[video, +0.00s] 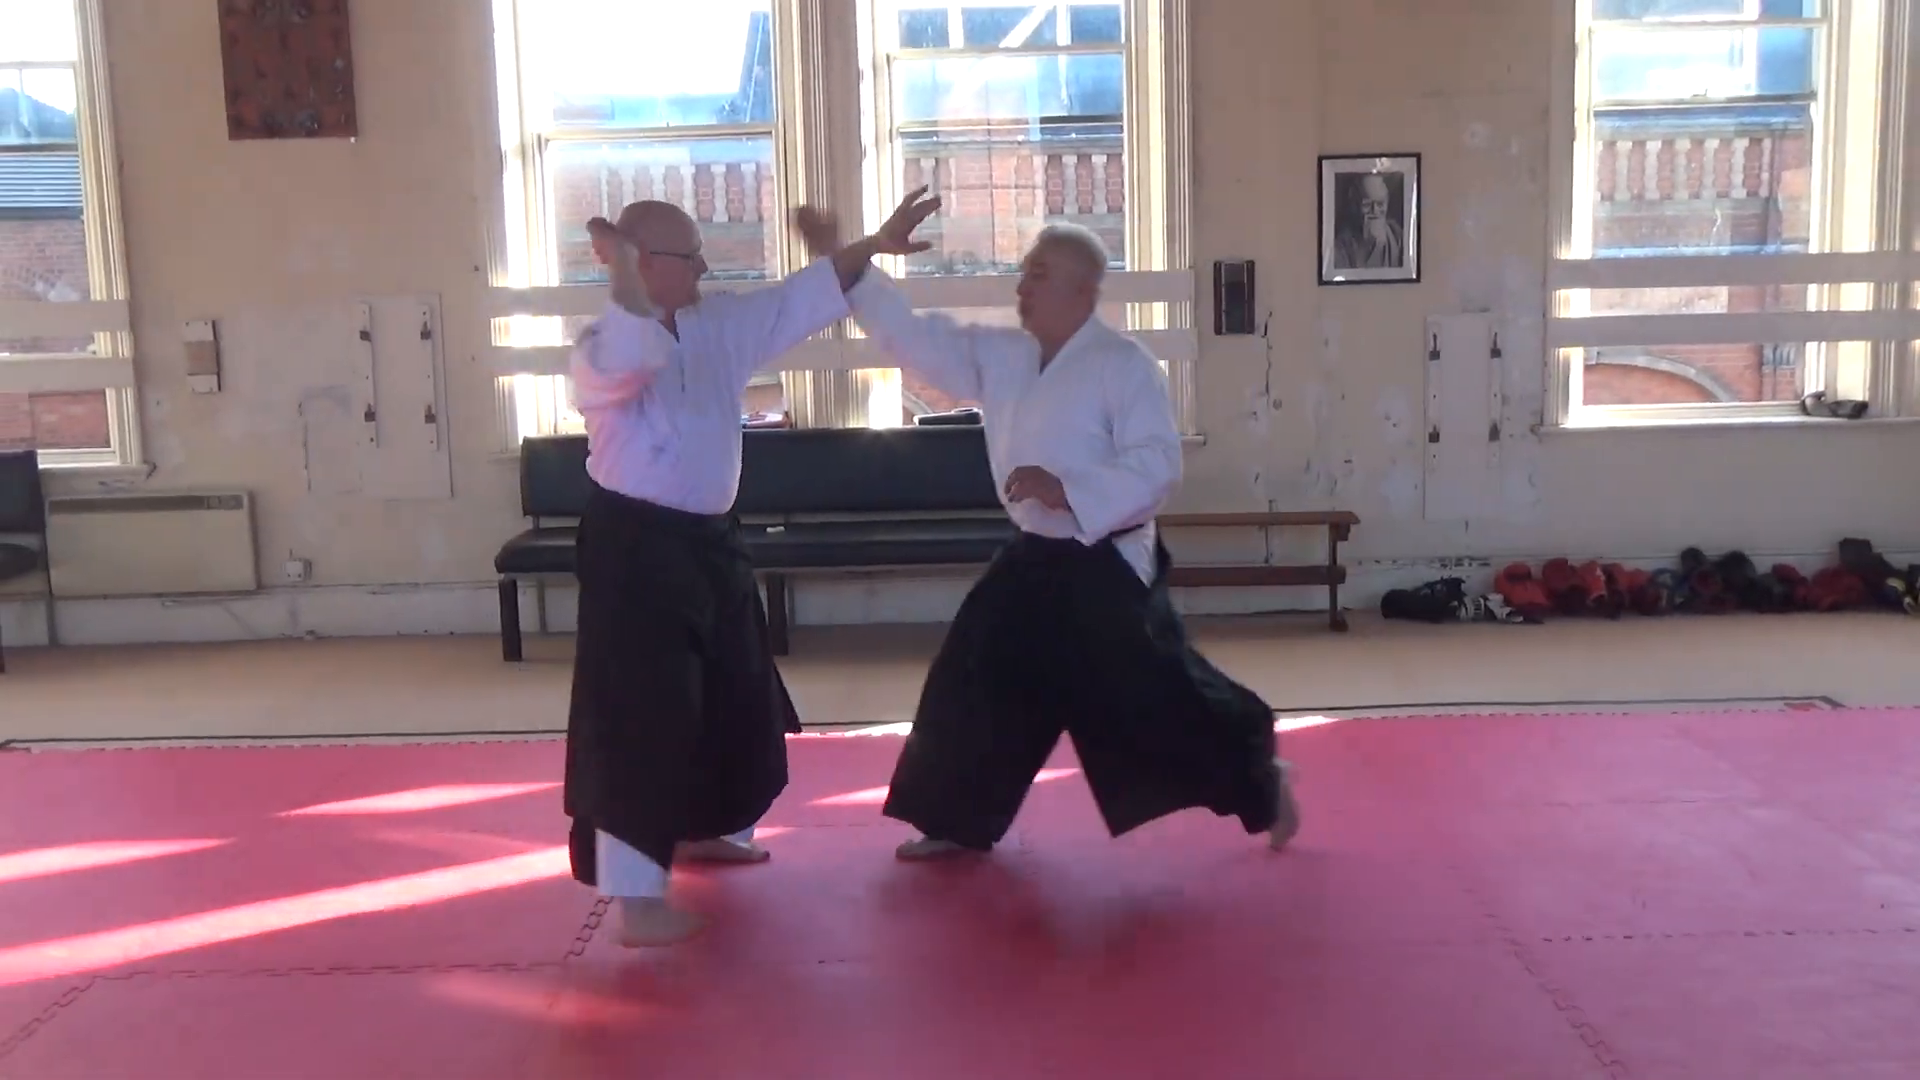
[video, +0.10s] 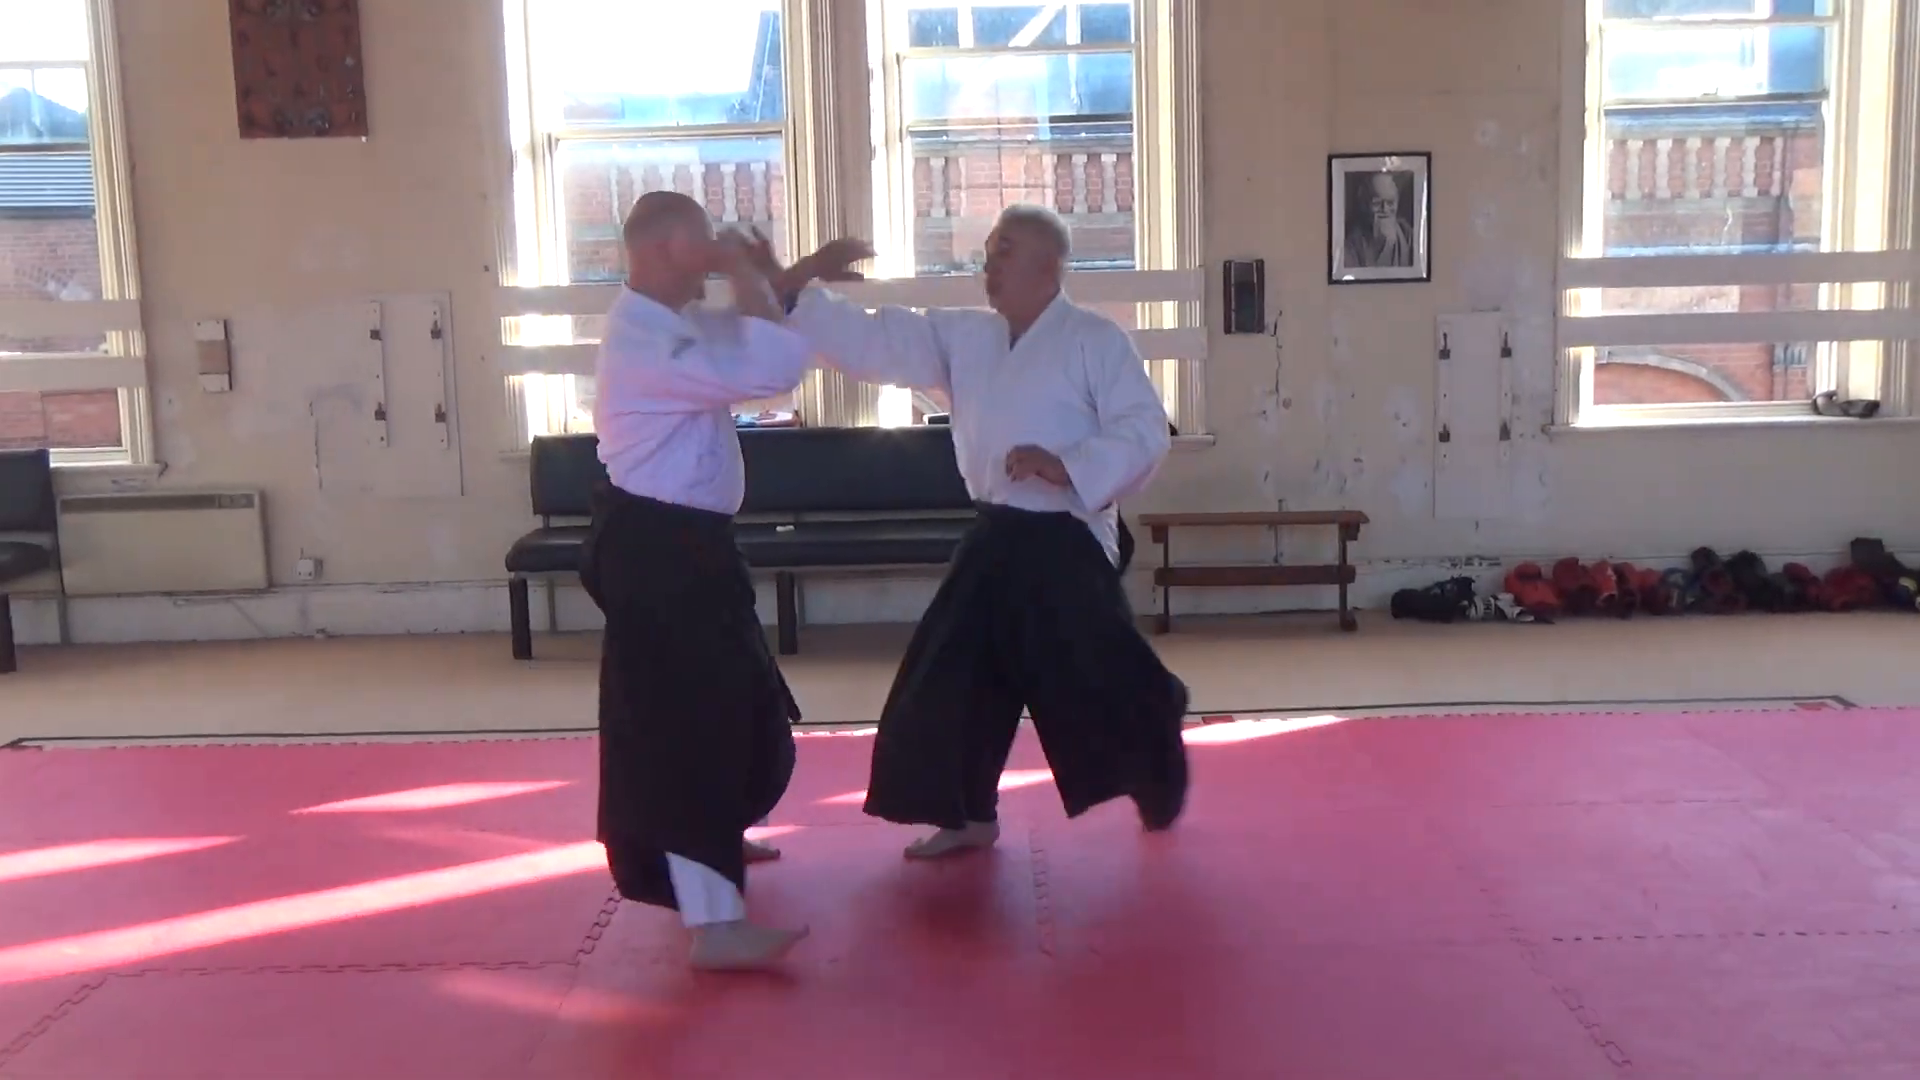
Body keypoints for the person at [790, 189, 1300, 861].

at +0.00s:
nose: (1021, 283)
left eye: (1038, 273)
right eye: (1023, 270)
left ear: (1084, 290)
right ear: (1027, 284)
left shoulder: (1125, 366)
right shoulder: (999, 357)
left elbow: (1155, 466)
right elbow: (909, 332)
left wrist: (1070, 490)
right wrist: (842, 261)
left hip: (1109, 562)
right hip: (1030, 558)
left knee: (1155, 691)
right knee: (972, 677)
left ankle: (1255, 777)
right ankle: (959, 826)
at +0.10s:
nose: (987, 262)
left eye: (1003, 251)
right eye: (987, 252)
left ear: (1050, 265)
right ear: (993, 263)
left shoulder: (1096, 341)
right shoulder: (967, 336)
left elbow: (1145, 432)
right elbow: (877, 336)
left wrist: (1072, 467)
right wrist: (795, 295)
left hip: (1067, 533)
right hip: (994, 531)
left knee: (1083, 662)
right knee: (963, 665)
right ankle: (970, 817)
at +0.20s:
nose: (979, 238)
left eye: (997, 228)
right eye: (978, 227)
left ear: (1040, 244)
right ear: (973, 239)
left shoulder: (1086, 316)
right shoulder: (951, 313)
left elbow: (1128, 402)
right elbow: (866, 337)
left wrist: (1064, 425)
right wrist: (790, 310)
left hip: (1049, 509)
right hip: (969, 506)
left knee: (1052, 653)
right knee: (948, 648)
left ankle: (1064, 782)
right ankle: (964, 787)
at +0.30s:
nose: (977, 238)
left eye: (994, 228)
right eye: (975, 228)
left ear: (1034, 244)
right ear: (967, 241)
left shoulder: (1080, 314)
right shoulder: (944, 316)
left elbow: (1124, 390)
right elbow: (871, 354)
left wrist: (1073, 419)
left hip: (1041, 502)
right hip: (959, 498)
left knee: (1050, 644)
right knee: (923, 638)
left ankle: (1067, 770)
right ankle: (909, 791)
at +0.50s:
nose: (939, 236)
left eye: (953, 225)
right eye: (930, 227)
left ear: (988, 237)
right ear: (920, 242)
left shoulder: (1045, 308)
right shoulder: (902, 325)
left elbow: (1108, 375)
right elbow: (843, 382)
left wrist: (1136, 434)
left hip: (1045, 507)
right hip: (957, 512)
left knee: (1086, 638)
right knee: (936, 649)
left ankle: (1122, 753)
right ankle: (942, 794)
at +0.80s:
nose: (981, 226)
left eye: (992, 210)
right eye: (967, 212)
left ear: (1011, 205)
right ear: (943, 213)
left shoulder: (1065, 257)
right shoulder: (928, 279)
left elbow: (1138, 314)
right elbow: (901, 367)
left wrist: (1202, 372)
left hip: (1062, 467)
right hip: (974, 473)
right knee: (989, 630)